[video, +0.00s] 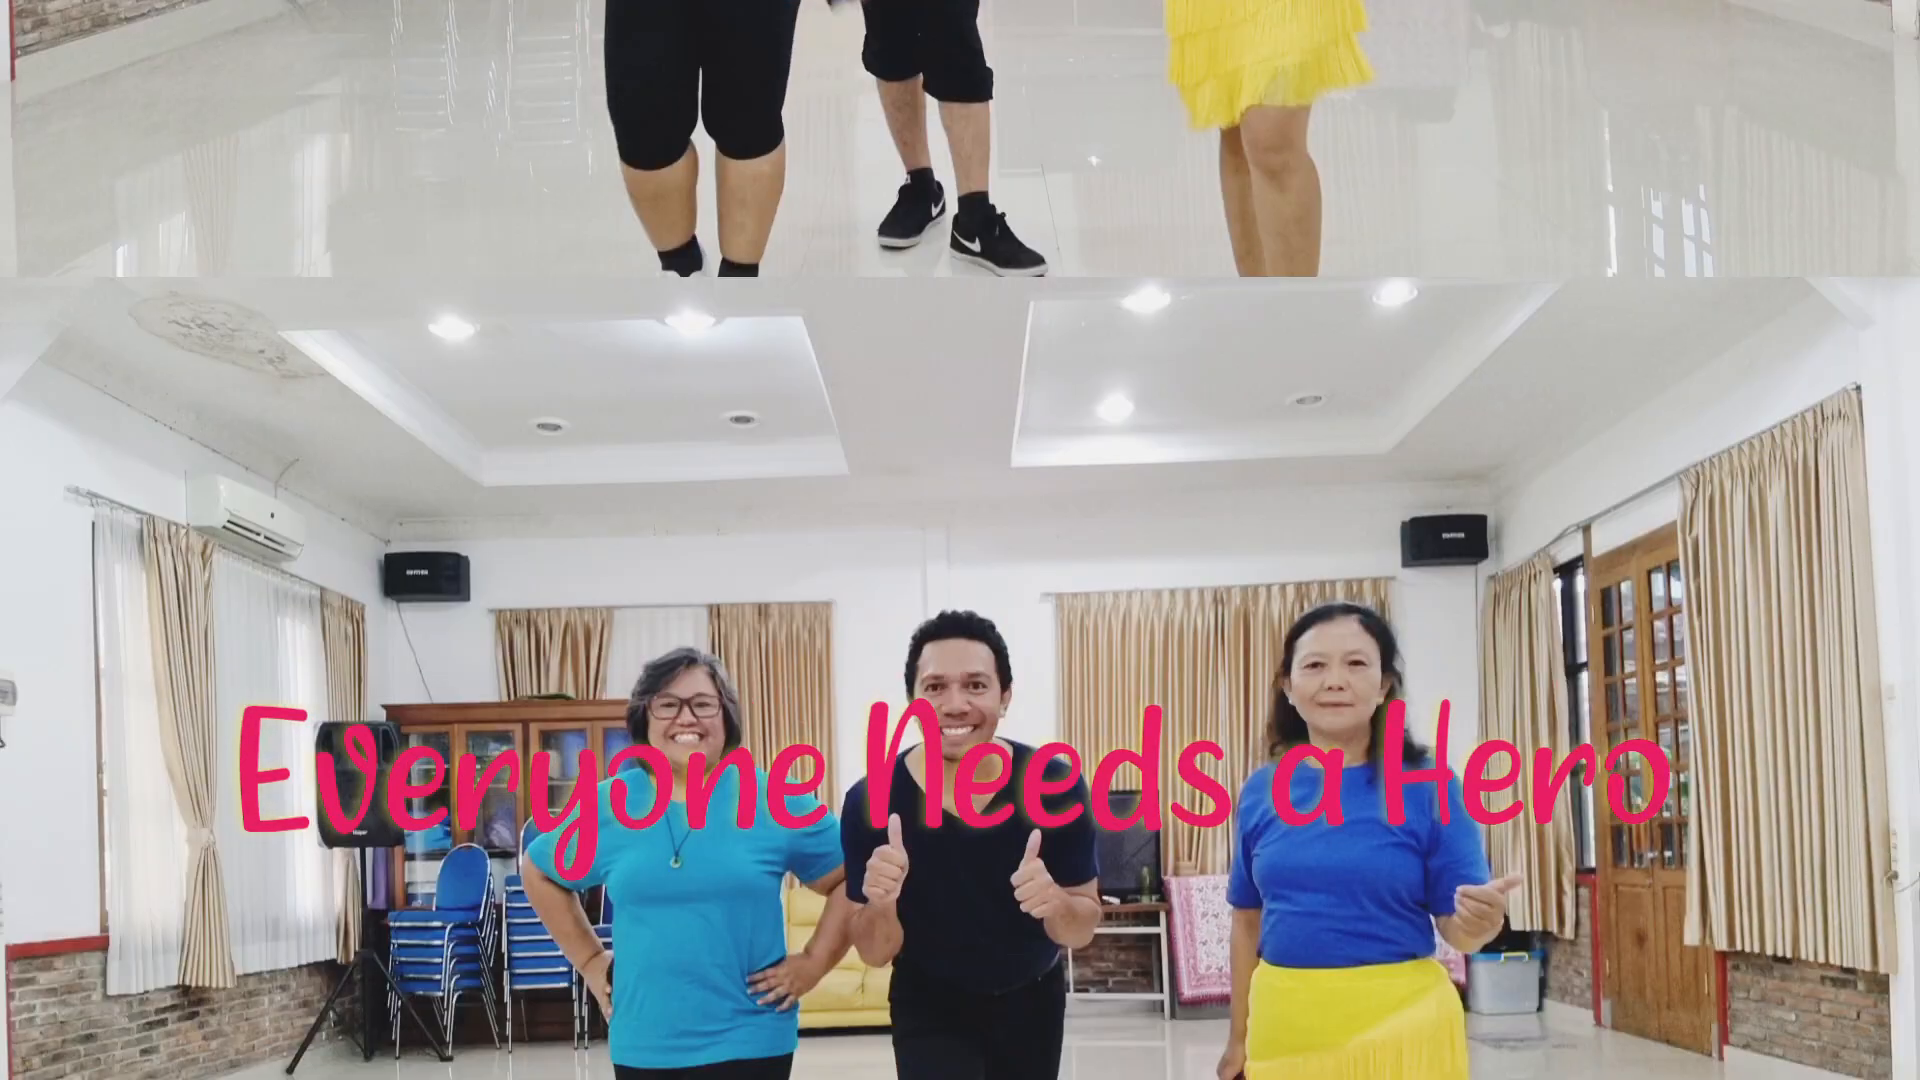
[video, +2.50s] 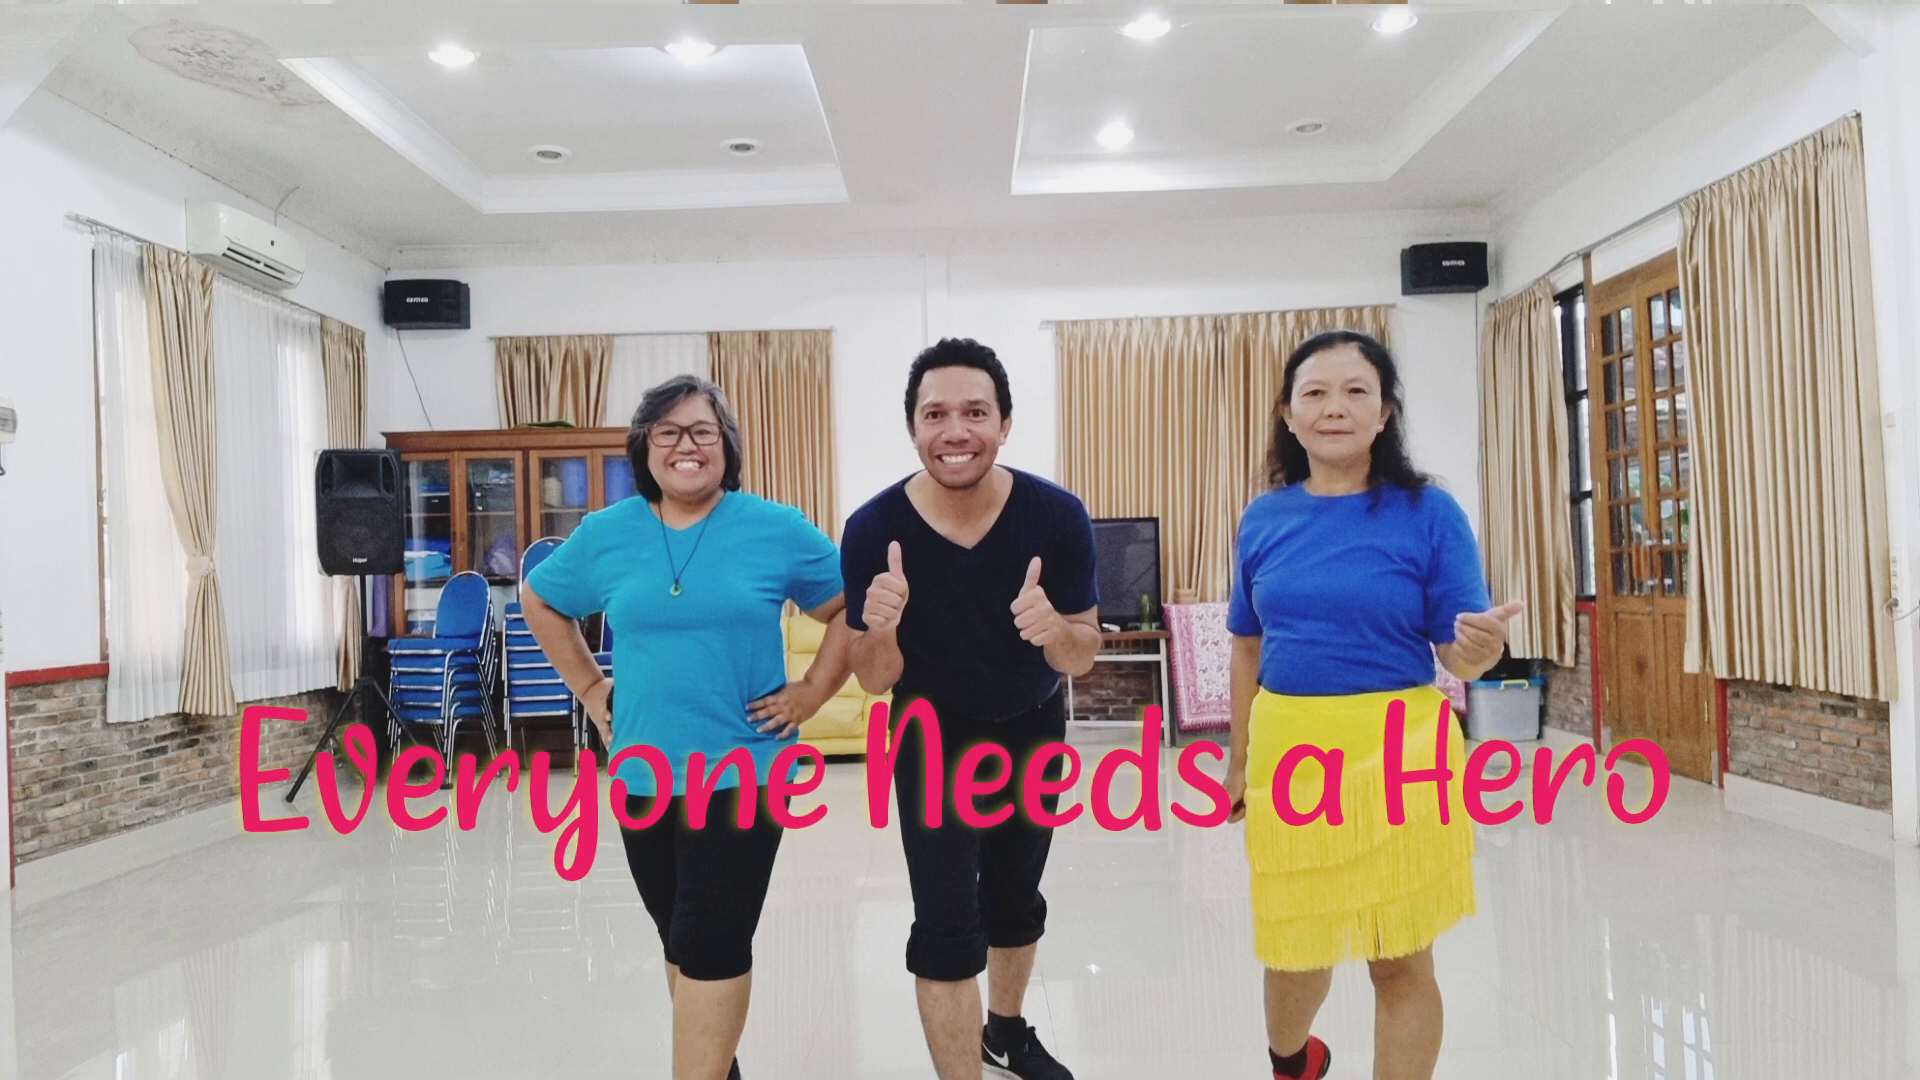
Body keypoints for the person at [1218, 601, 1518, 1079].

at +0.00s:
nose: (1335, 680)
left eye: (1355, 663)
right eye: (1314, 665)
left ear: (1383, 684)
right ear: (1288, 686)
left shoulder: (1427, 783)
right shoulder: (1263, 790)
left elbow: (1459, 928)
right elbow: (1247, 921)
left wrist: (1483, 919)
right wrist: (1238, 1036)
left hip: (1401, 1012)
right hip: (1284, 1015)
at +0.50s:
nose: (1334, 402)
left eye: (1354, 387)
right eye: (1314, 388)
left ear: (1385, 407)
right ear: (1290, 410)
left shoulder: (1428, 507)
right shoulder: (1265, 513)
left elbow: (1462, 651)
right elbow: (1248, 642)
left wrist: (1483, 639)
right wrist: (1239, 755)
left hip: (1400, 745)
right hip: (1289, 746)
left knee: (1397, 959)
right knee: (1293, 954)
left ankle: (1405, 1078)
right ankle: (1290, 1065)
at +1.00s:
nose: (1334, 402)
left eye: (1354, 387)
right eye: (1314, 388)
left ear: (1385, 407)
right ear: (1290, 410)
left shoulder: (1428, 507)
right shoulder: (1265, 513)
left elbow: (1462, 651)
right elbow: (1248, 642)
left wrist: (1483, 639)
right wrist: (1239, 755)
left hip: (1400, 745)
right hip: (1289, 745)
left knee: (1397, 959)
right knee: (1293, 954)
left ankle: (1405, 1078)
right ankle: (1290, 1065)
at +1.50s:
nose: (1334, 402)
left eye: (1354, 387)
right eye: (1314, 388)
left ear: (1385, 407)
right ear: (1290, 410)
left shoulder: (1428, 507)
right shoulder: (1264, 513)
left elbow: (1462, 651)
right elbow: (1247, 642)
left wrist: (1483, 640)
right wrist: (1239, 754)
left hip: (1400, 744)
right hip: (1288, 745)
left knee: (1398, 960)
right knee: (1292, 952)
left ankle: (1405, 1078)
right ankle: (1290, 1064)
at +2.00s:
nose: (1334, 402)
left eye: (1354, 387)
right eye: (1315, 388)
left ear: (1385, 406)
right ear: (1290, 410)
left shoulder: (1428, 507)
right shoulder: (1265, 513)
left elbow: (1462, 651)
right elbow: (1247, 642)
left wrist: (1484, 639)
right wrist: (1239, 754)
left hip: (1400, 744)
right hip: (1289, 745)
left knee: (1398, 958)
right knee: (1293, 952)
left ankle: (1405, 1078)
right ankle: (1290, 1065)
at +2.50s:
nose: (1334, 407)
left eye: (1354, 392)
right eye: (1315, 393)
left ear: (1385, 411)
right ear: (1290, 414)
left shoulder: (1428, 512)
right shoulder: (1264, 517)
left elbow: (1464, 656)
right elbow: (1247, 646)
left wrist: (1483, 646)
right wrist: (1240, 760)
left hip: (1401, 748)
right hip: (1289, 749)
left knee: (1398, 963)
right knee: (1293, 957)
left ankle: (1404, 1079)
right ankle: (1290, 1067)